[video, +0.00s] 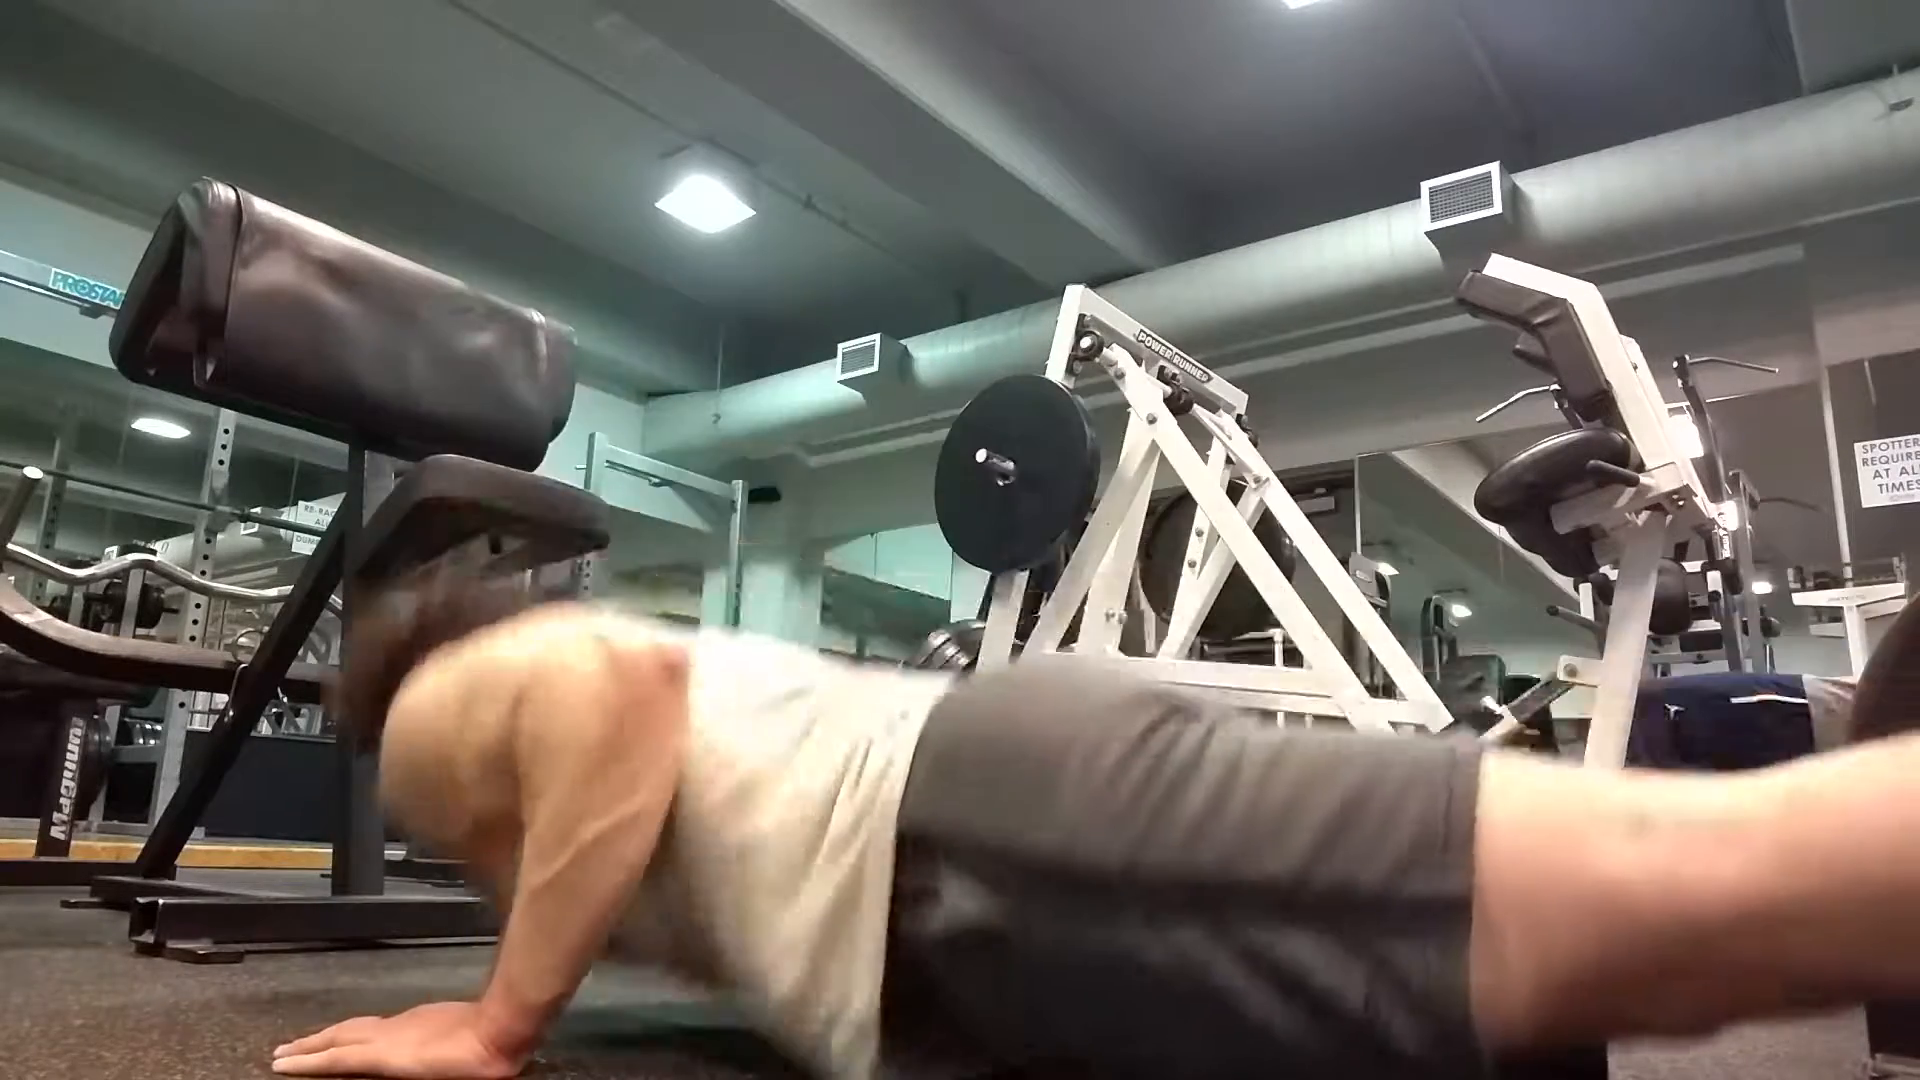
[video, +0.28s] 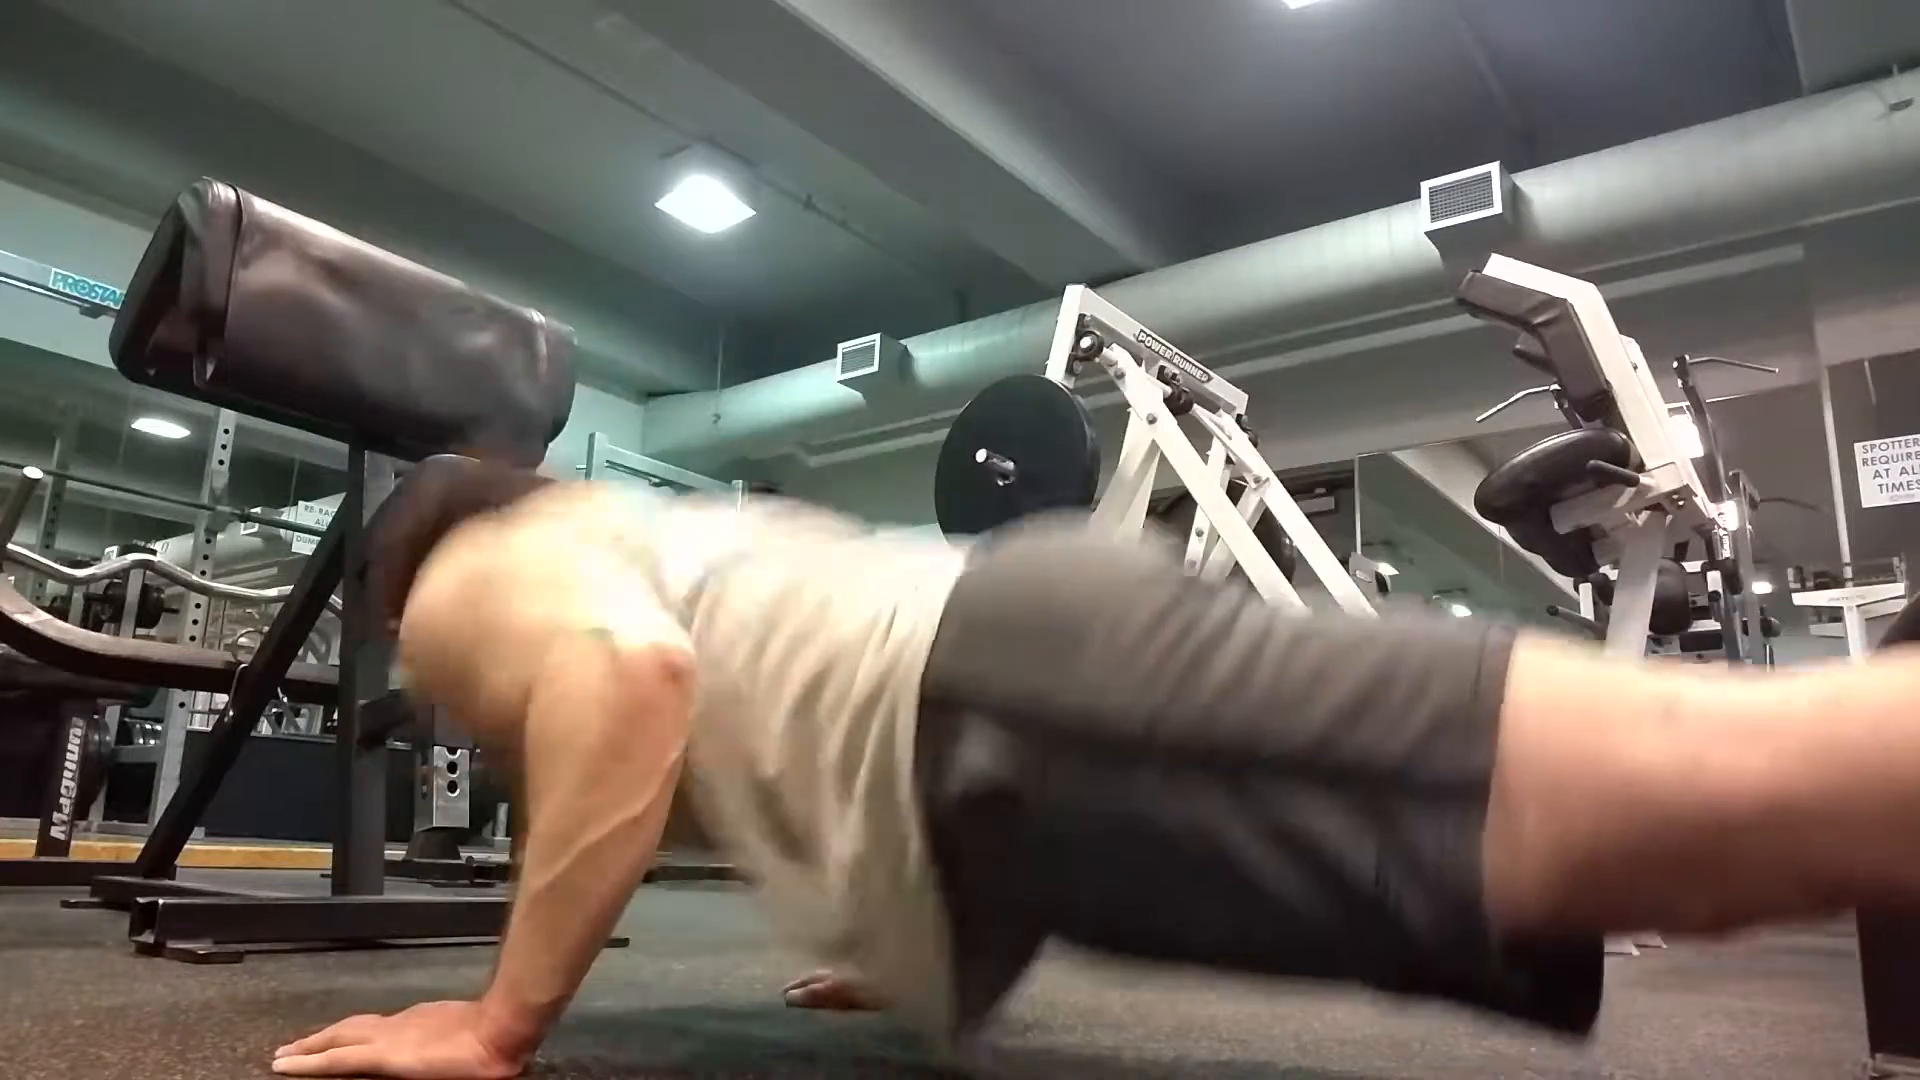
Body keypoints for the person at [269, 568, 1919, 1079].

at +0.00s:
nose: (371, 722)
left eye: (367, 692)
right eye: (377, 702)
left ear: (402, 638)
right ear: (516, 603)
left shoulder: (442, 697)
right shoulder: (648, 681)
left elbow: (622, 693)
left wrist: (490, 1018)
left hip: (983, 839)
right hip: (981, 926)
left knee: (1685, 891)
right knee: (1641, 932)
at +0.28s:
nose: (411, 658)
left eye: (400, 625)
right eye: (408, 637)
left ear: (413, 565)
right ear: (527, 489)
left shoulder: (475, 566)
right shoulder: (664, 532)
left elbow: (622, 685)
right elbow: (861, 668)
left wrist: (495, 1021)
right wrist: (872, 933)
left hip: (1002, 707)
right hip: (1039, 675)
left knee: (1724, 805)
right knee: (1700, 816)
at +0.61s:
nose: (455, 457)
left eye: (452, 424)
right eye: (458, 427)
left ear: (479, 371)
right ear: (607, 336)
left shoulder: (536, 417)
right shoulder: (760, 427)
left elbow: (634, 659)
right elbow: (939, 694)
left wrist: (494, 1014)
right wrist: (924, 958)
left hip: (1027, 578)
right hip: (1059, 616)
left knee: (1735, 728)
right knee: (1728, 736)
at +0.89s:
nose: (396, 821)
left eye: (377, 801)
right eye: (397, 803)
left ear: (386, 736)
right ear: (473, 670)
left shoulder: (417, 751)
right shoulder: (561, 787)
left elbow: (623, 684)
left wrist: (490, 1014)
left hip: (989, 852)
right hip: (994, 919)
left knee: (1679, 899)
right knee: (1660, 930)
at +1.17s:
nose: (405, 674)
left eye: (392, 639)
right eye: (399, 651)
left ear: (408, 576)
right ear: (519, 500)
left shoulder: (472, 577)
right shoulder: (659, 538)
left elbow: (628, 693)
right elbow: (849, 645)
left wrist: (494, 1019)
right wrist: (879, 932)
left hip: (995, 715)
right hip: (1029, 687)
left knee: (1712, 812)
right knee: (1704, 805)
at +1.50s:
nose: (469, 467)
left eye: (464, 436)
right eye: (469, 441)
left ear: (493, 383)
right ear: (615, 346)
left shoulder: (543, 419)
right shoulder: (771, 434)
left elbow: (640, 657)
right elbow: (950, 719)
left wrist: (497, 1015)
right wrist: (925, 960)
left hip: (1036, 571)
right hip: (1071, 591)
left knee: (1768, 710)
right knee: (1763, 735)